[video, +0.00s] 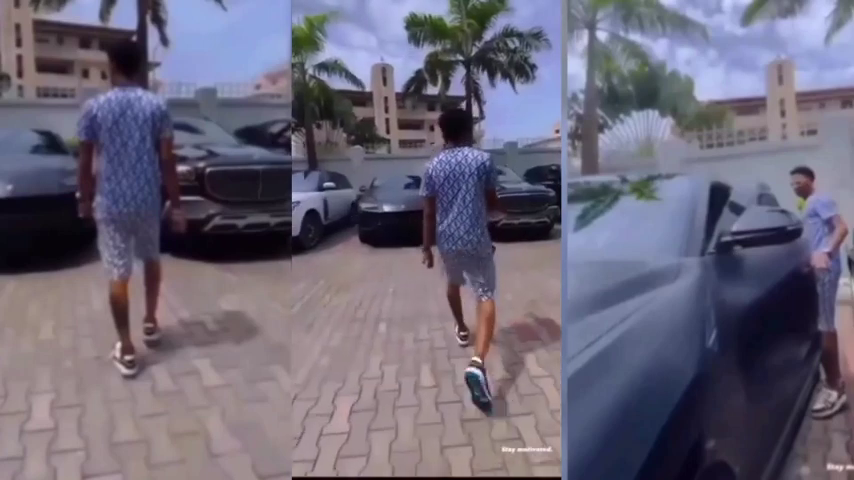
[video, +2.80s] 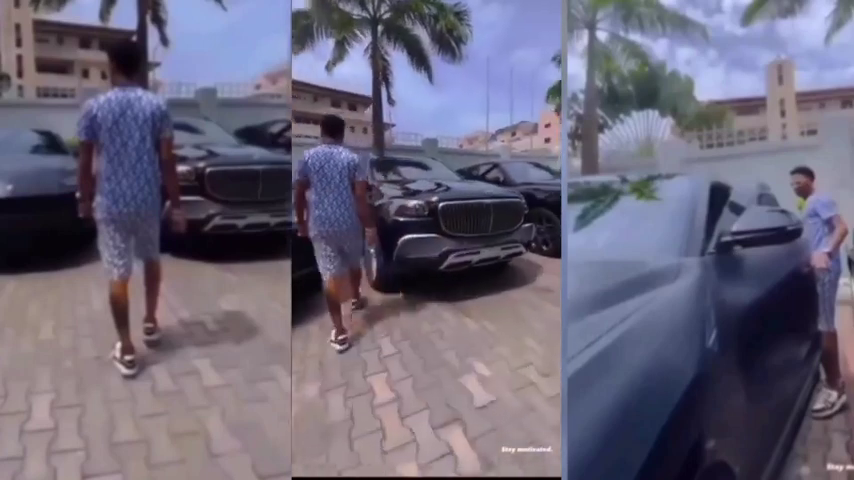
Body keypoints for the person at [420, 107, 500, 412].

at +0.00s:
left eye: (442, 129)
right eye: (469, 128)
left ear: (443, 132)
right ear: (470, 130)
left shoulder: (434, 165)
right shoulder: (482, 160)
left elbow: (429, 211)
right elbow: (491, 201)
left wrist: (426, 247)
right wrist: (501, 210)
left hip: (447, 240)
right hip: (476, 239)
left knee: (453, 284)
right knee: (486, 295)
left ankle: (462, 329)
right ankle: (478, 360)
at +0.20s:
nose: (470, 127)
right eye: (468, 123)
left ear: (441, 126)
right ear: (467, 124)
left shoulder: (431, 157)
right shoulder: (478, 155)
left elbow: (426, 199)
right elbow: (488, 198)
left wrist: (428, 227)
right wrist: (494, 232)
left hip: (444, 232)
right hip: (473, 231)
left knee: (452, 287)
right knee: (479, 278)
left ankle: (461, 345)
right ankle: (479, 326)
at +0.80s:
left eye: (450, 126)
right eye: (466, 125)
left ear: (448, 128)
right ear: (471, 127)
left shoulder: (439, 156)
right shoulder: (481, 155)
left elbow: (433, 196)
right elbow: (489, 193)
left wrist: (430, 228)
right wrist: (489, 218)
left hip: (447, 223)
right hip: (473, 224)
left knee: (443, 267)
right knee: (472, 275)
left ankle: (448, 312)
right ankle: (465, 329)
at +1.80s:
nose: (418, 136)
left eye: (418, 132)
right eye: (427, 131)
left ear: (418, 133)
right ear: (438, 133)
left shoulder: (406, 159)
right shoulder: (446, 160)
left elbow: (399, 197)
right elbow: (452, 198)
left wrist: (396, 227)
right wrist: (456, 228)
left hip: (414, 224)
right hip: (438, 224)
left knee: (410, 270)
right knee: (437, 268)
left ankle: (418, 316)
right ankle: (432, 309)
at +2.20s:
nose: (382, 138)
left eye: (382, 134)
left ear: (383, 135)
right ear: (402, 135)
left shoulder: (375, 161)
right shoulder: (414, 160)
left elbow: (370, 199)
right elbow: (424, 193)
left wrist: (371, 230)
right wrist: (422, 217)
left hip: (386, 226)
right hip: (411, 226)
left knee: (387, 268)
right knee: (410, 277)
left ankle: (390, 300)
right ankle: (406, 334)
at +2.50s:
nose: (349, 133)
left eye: (345, 129)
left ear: (345, 130)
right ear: (366, 129)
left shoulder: (337, 156)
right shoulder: (378, 155)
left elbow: (335, 196)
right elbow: (389, 192)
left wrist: (334, 228)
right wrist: (394, 220)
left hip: (351, 224)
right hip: (378, 222)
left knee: (357, 271)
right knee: (387, 266)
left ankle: (365, 313)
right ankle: (384, 304)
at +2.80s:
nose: (330, 137)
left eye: (325, 132)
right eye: (339, 133)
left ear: (321, 133)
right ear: (343, 133)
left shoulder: (309, 157)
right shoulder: (352, 158)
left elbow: (300, 192)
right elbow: (360, 195)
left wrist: (301, 222)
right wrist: (369, 225)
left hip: (320, 223)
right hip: (348, 221)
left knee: (329, 275)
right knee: (354, 261)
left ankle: (339, 331)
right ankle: (356, 297)